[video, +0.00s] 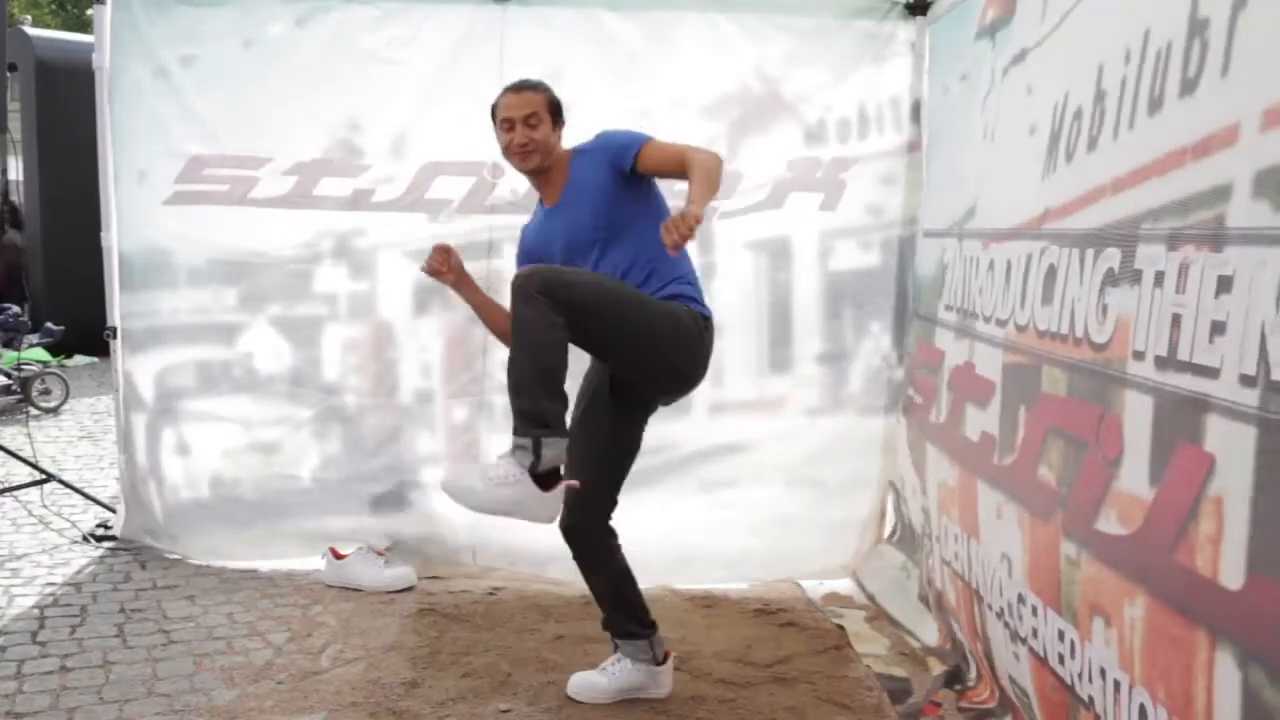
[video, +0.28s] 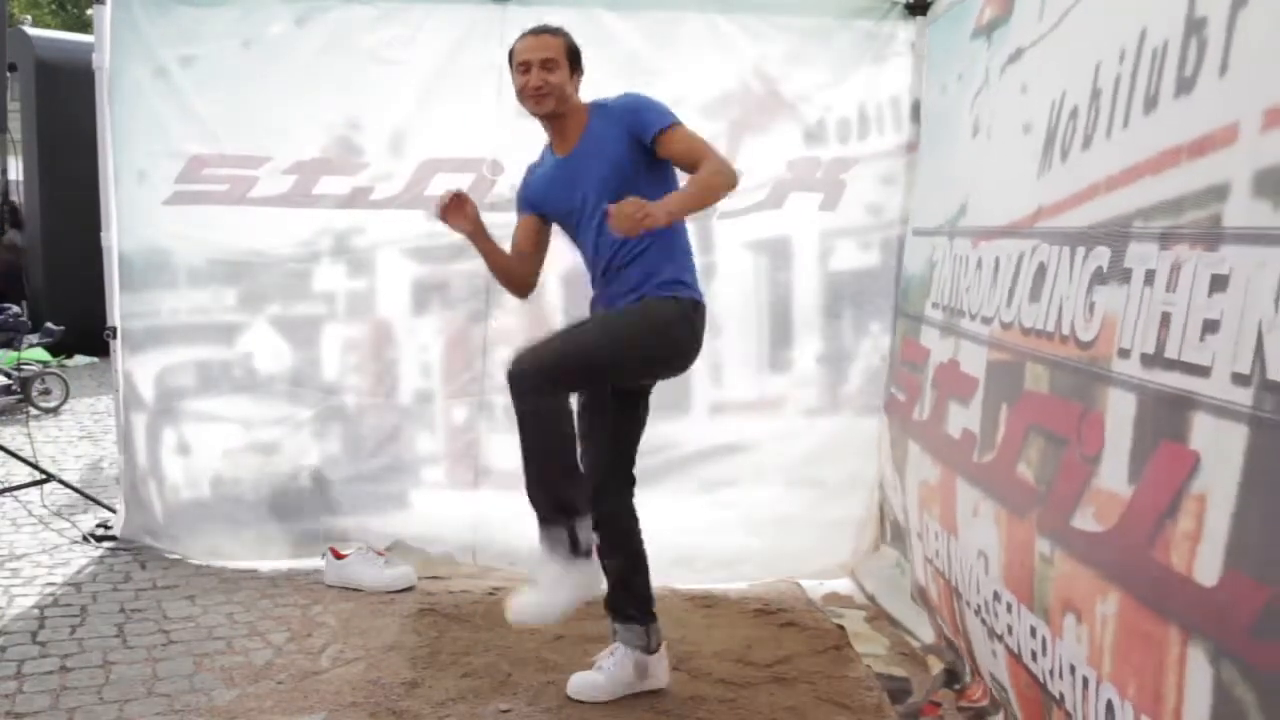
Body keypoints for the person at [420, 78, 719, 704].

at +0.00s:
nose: (520, 136)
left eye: (533, 122)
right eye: (507, 127)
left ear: (558, 127)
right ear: (498, 140)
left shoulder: (605, 154)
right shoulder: (535, 238)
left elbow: (704, 162)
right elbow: (523, 336)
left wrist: (692, 209)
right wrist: (462, 282)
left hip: (676, 334)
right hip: (620, 366)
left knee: (537, 286)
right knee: (581, 515)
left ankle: (538, 472)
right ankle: (642, 659)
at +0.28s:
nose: (537, 78)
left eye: (550, 66)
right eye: (524, 69)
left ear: (576, 74)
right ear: (514, 85)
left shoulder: (628, 114)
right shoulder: (540, 180)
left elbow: (721, 173)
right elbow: (520, 279)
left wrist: (660, 209)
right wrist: (475, 232)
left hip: (669, 313)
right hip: (615, 325)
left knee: (532, 370)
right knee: (607, 490)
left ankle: (568, 556)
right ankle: (640, 649)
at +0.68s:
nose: (554, 71)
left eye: (569, 59)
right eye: (551, 61)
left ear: (612, 70)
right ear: (554, 76)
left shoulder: (657, 149)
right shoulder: (569, 163)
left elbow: (653, 266)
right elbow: (576, 258)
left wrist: (549, 243)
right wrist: (522, 295)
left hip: (644, 359)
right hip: (584, 350)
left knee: (608, 525)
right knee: (530, 486)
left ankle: (626, 675)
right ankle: (605, 581)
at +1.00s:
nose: (560, 98)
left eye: (572, 83)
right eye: (556, 86)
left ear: (615, 86)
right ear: (565, 92)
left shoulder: (642, 148)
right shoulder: (617, 162)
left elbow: (586, 232)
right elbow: (622, 272)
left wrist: (474, 242)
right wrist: (559, 243)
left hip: (635, 365)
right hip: (588, 350)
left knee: (617, 519)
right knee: (487, 435)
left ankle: (653, 652)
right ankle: (568, 529)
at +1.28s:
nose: (537, 64)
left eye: (548, 50)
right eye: (532, 53)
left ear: (590, 50)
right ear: (550, 58)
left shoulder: (613, 100)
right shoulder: (593, 126)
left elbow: (568, 187)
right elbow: (599, 236)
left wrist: (505, 271)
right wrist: (524, 219)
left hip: (633, 329)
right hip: (581, 326)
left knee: (631, 494)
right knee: (524, 459)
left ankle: (665, 641)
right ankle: (577, 592)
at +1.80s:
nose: (559, 73)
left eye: (572, 62)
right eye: (548, 59)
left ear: (588, 67)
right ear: (527, 62)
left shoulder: (628, 120)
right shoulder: (500, 152)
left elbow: (702, 183)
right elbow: (448, 245)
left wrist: (717, 277)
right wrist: (439, 185)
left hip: (631, 308)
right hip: (570, 318)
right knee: (561, 471)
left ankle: (536, 445)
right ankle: (599, 625)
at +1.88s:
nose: (573, 90)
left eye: (585, 79)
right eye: (561, 76)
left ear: (596, 81)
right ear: (533, 76)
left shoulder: (624, 134)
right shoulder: (501, 163)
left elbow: (691, 191)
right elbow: (442, 254)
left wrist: (703, 283)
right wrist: (450, 184)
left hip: (630, 320)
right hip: (569, 330)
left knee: (501, 258)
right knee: (553, 482)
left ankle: (519, 434)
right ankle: (600, 629)